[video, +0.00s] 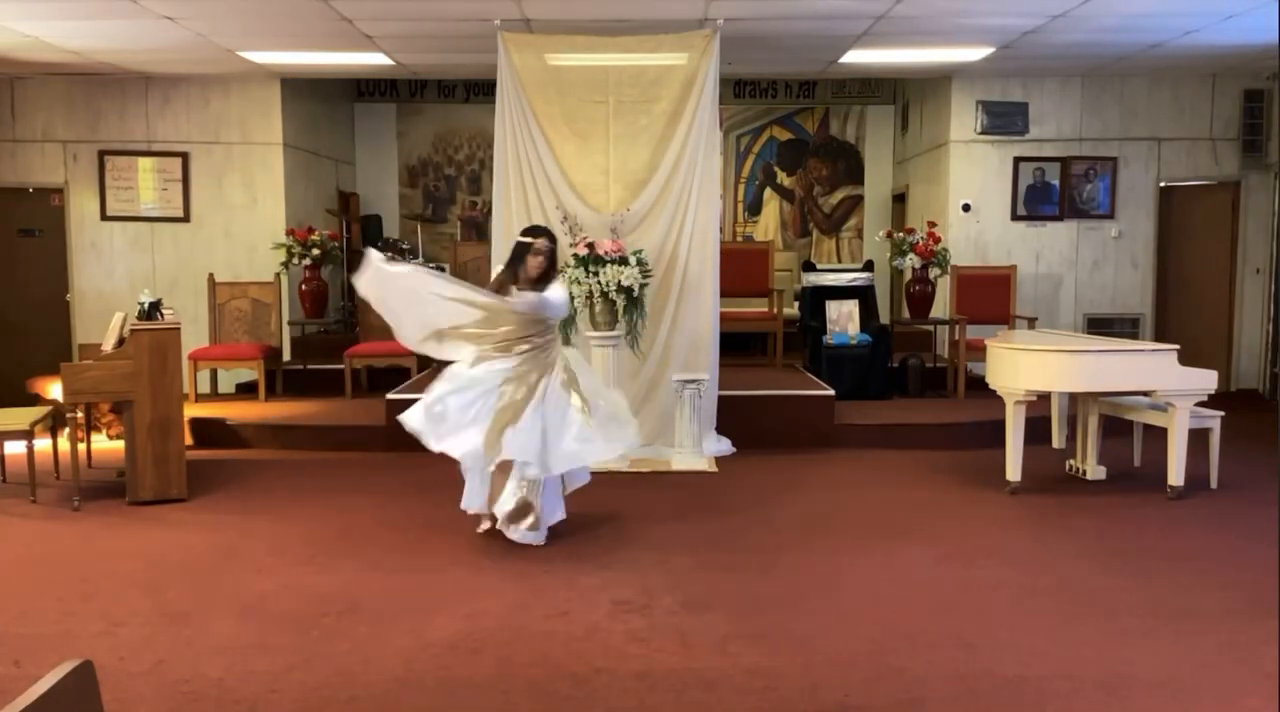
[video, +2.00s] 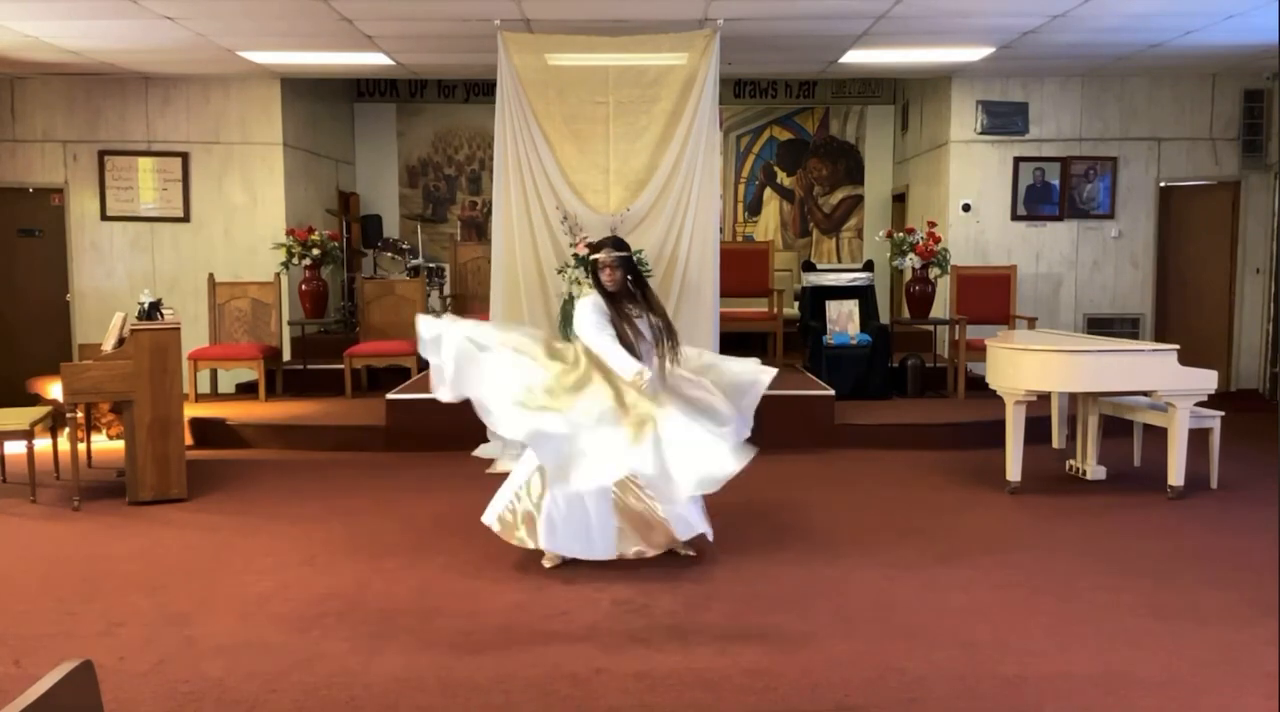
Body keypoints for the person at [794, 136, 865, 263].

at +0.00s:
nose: (817, 176)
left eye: (823, 169)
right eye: (813, 170)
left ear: (839, 166)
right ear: (808, 172)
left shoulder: (854, 193)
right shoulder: (818, 194)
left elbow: (828, 227)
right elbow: (800, 233)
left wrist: (808, 197)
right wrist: (799, 198)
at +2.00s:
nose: (815, 176)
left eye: (820, 170)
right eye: (812, 171)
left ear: (840, 166)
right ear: (808, 173)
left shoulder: (854, 193)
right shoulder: (820, 195)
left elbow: (828, 227)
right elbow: (799, 233)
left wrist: (808, 196)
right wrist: (798, 197)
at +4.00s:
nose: (815, 176)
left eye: (821, 170)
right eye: (812, 171)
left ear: (840, 166)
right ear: (808, 173)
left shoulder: (854, 193)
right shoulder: (819, 195)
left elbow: (828, 227)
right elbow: (799, 232)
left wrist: (808, 197)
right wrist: (799, 197)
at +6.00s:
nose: (815, 176)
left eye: (821, 170)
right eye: (812, 171)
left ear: (839, 167)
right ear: (808, 172)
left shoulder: (854, 193)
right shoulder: (819, 194)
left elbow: (828, 227)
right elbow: (799, 233)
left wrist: (808, 196)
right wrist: (799, 197)